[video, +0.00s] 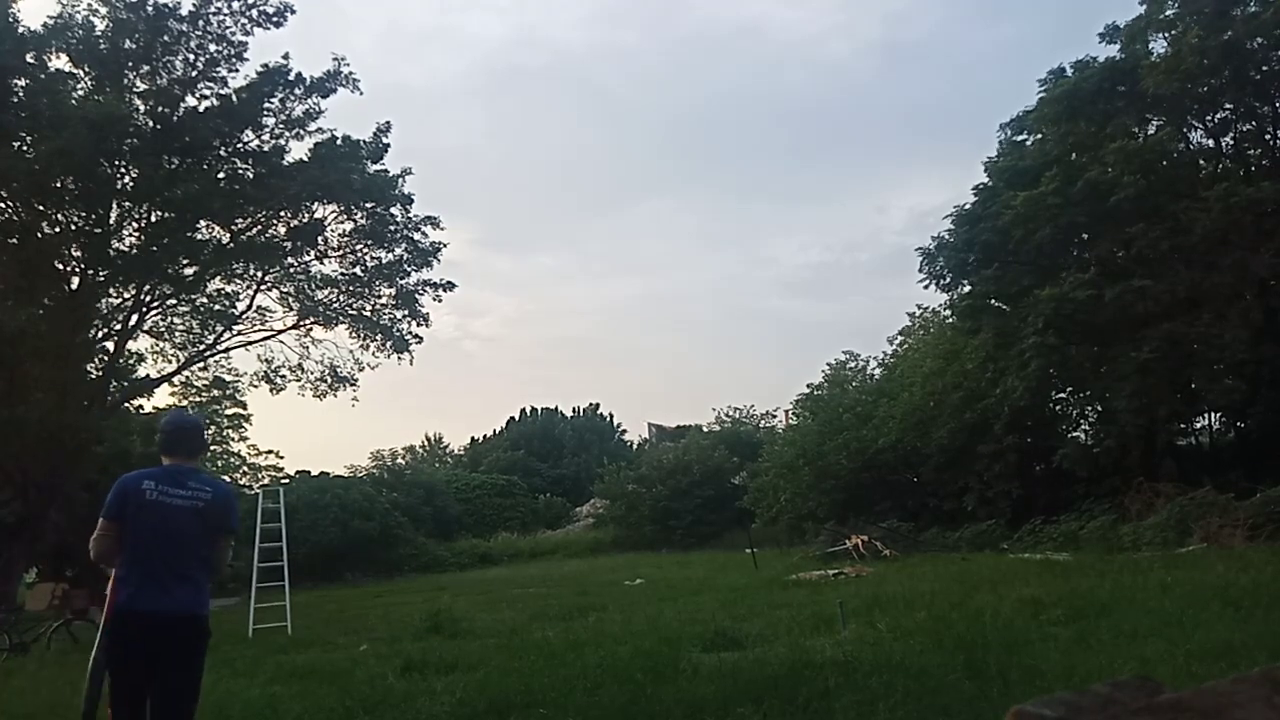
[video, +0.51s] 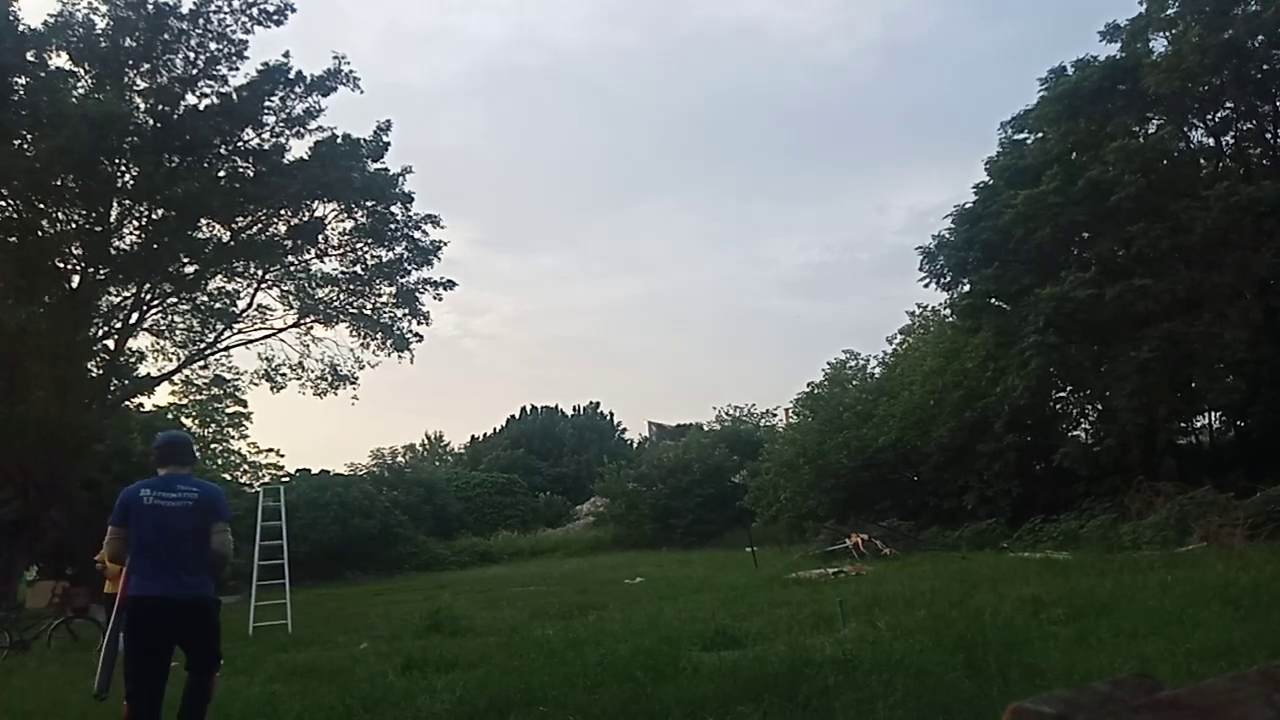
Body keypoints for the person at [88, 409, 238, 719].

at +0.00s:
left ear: (160, 445)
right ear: (203, 448)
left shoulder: (129, 484)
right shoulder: (222, 493)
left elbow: (100, 549)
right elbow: (220, 564)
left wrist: (135, 565)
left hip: (130, 619)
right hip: (187, 623)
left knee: (126, 708)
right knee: (176, 708)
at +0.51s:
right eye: (193, 458)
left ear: (156, 460)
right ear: (192, 460)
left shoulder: (132, 494)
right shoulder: (211, 493)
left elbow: (114, 552)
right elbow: (222, 549)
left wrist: (147, 561)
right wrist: (214, 579)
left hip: (145, 605)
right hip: (195, 605)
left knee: (143, 690)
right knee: (204, 669)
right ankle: (191, 714)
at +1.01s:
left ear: (186, 472)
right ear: (216, 474)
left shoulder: (160, 501)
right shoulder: (228, 506)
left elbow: (140, 550)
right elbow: (237, 553)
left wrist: (167, 546)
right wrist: (212, 545)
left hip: (166, 602)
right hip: (208, 605)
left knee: (161, 664)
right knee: (204, 677)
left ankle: (164, 708)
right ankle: (203, 715)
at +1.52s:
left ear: (173, 485)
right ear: (200, 484)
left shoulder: (157, 515)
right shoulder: (217, 512)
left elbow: (144, 559)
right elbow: (231, 551)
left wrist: (165, 565)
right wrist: (209, 564)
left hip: (166, 600)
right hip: (204, 600)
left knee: (166, 661)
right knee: (206, 657)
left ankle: (167, 711)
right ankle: (198, 700)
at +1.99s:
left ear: (184, 494)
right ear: (209, 496)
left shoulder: (165, 519)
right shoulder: (217, 522)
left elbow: (148, 558)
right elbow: (230, 557)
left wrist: (167, 563)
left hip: (170, 598)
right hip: (202, 599)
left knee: (167, 652)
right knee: (197, 651)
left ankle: (167, 705)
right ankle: (193, 703)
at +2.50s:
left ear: (176, 499)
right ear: (199, 500)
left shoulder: (162, 525)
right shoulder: (213, 525)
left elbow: (149, 561)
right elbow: (224, 561)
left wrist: (169, 556)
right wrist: (206, 565)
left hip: (170, 597)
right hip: (201, 596)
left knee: (165, 649)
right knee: (196, 648)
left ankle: (161, 698)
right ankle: (192, 700)